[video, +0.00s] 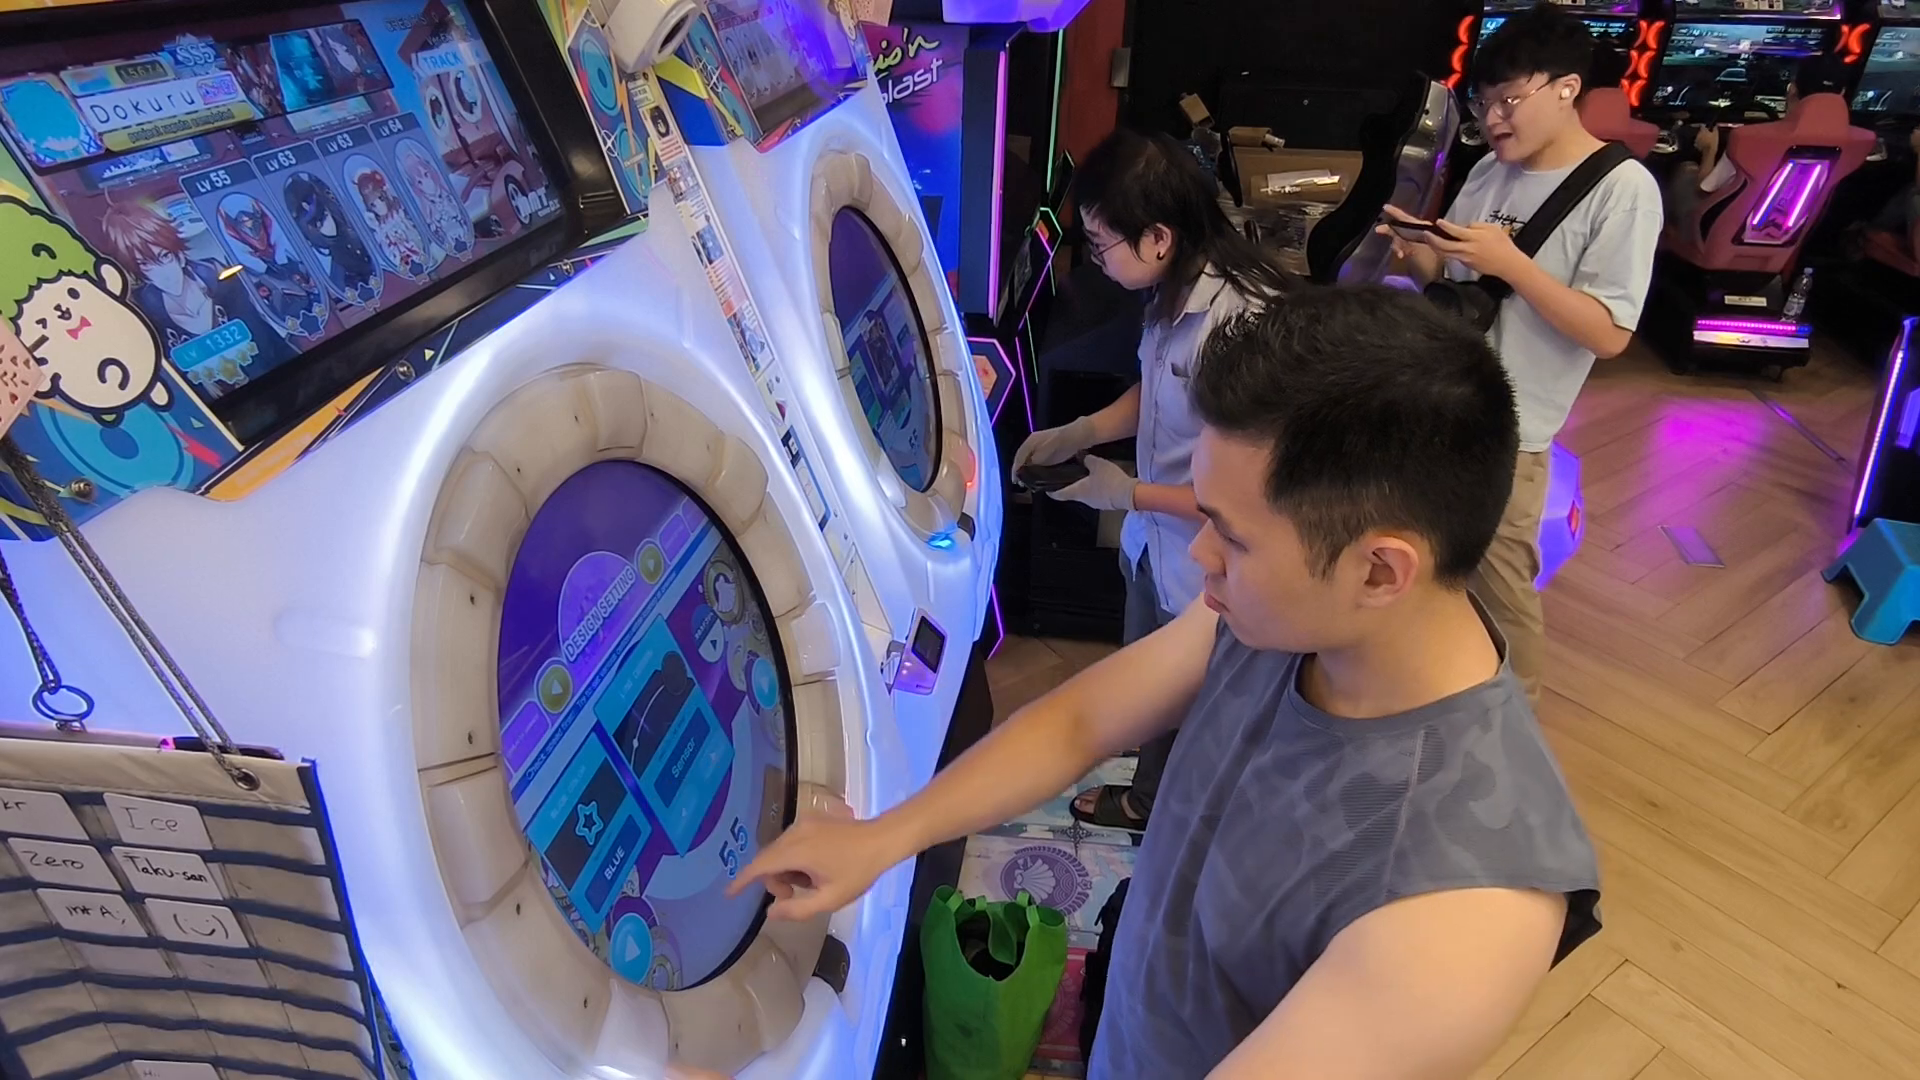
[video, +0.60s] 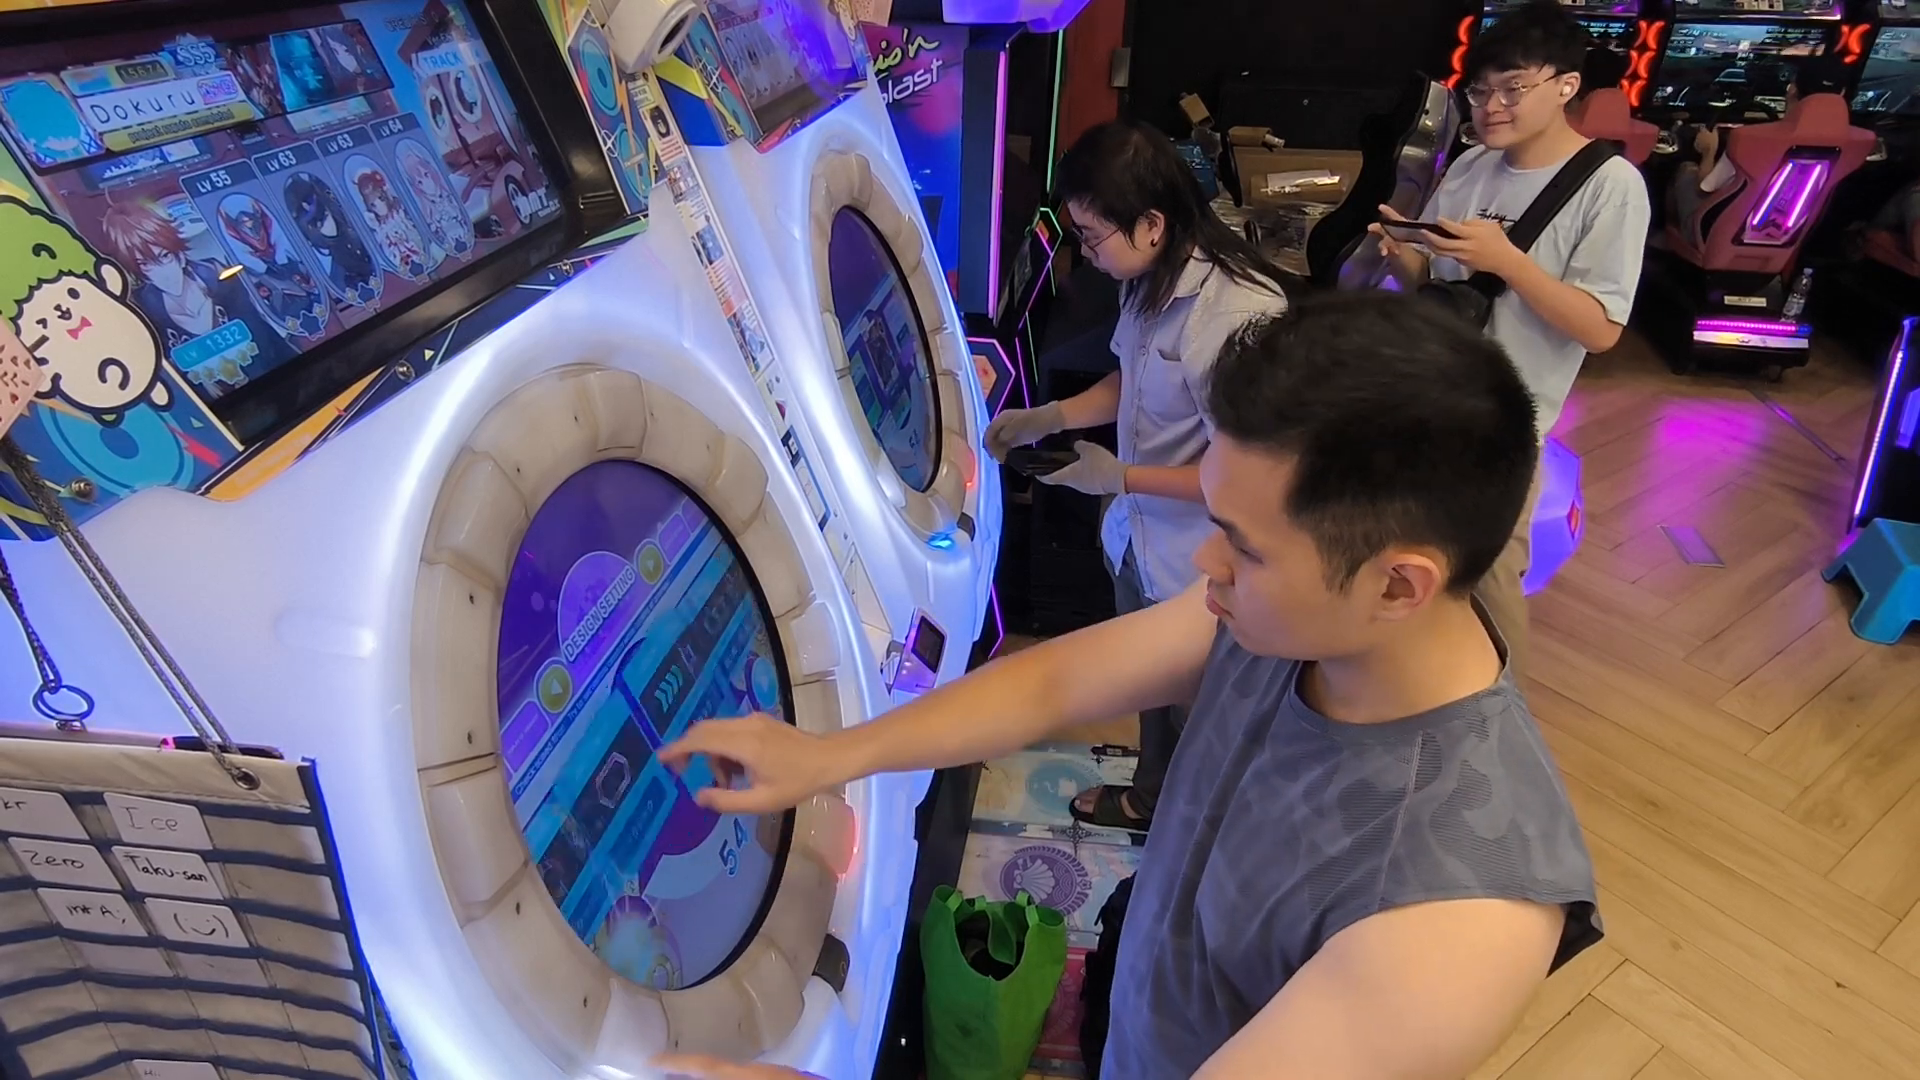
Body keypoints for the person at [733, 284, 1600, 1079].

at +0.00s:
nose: (1193, 551)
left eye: (1224, 532)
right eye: (1200, 512)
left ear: (1379, 573)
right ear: (1369, 570)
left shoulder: (1463, 898)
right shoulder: (1286, 606)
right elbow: (1079, 723)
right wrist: (884, 835)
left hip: (1188, 1073)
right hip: (1123, 1014)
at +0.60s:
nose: (1199, 561)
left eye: (1242, 550)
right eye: (1214, 523)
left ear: (1401, 585)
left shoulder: (1457, 905)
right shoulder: (1292, 601)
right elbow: (1057, 683)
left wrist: (811, 1075)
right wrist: (836, 755)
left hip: (1186, 1072)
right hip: (1129, 998)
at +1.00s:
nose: (1224, 562)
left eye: (1276, 551)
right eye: (1240, 517)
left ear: (1434, 594)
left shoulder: (1475, 908)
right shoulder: (1280, 590)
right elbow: (1031, 679)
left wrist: (860, 1079)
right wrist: (806, 760)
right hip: (1130, 1001)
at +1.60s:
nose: (1223, 555)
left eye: (1273, 544)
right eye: (1241, 512)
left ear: (1434, 594)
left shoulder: (1479, 909)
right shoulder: (1302, 601)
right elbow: (1057, 669)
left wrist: (856, 1079)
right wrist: (827, 744)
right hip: (1136, 1010)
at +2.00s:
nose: (1233, 553)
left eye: (1283, 543)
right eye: (1248, 509)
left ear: (1443, 594)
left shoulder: (1492, 915)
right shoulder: (1284, 587)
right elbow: (1018, 656)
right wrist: (760, 719)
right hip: (1138, 1016)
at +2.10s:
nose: (1229, 558)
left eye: (1281, 547)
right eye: (1247, 514)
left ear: (1442, 596)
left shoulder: (1492, 917)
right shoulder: (1287, 590)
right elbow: (1032, 664)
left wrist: (874, 1078)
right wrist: (795, 754)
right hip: (1137, 992)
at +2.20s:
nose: (1230, 560)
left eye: (1279, 549)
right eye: (1248, 518)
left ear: (1438, 599)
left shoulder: (1491, 913)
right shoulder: (1292, 596)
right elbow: (1046, 685)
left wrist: (877, 1076)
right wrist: (844, 797)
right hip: (1133, 1025)